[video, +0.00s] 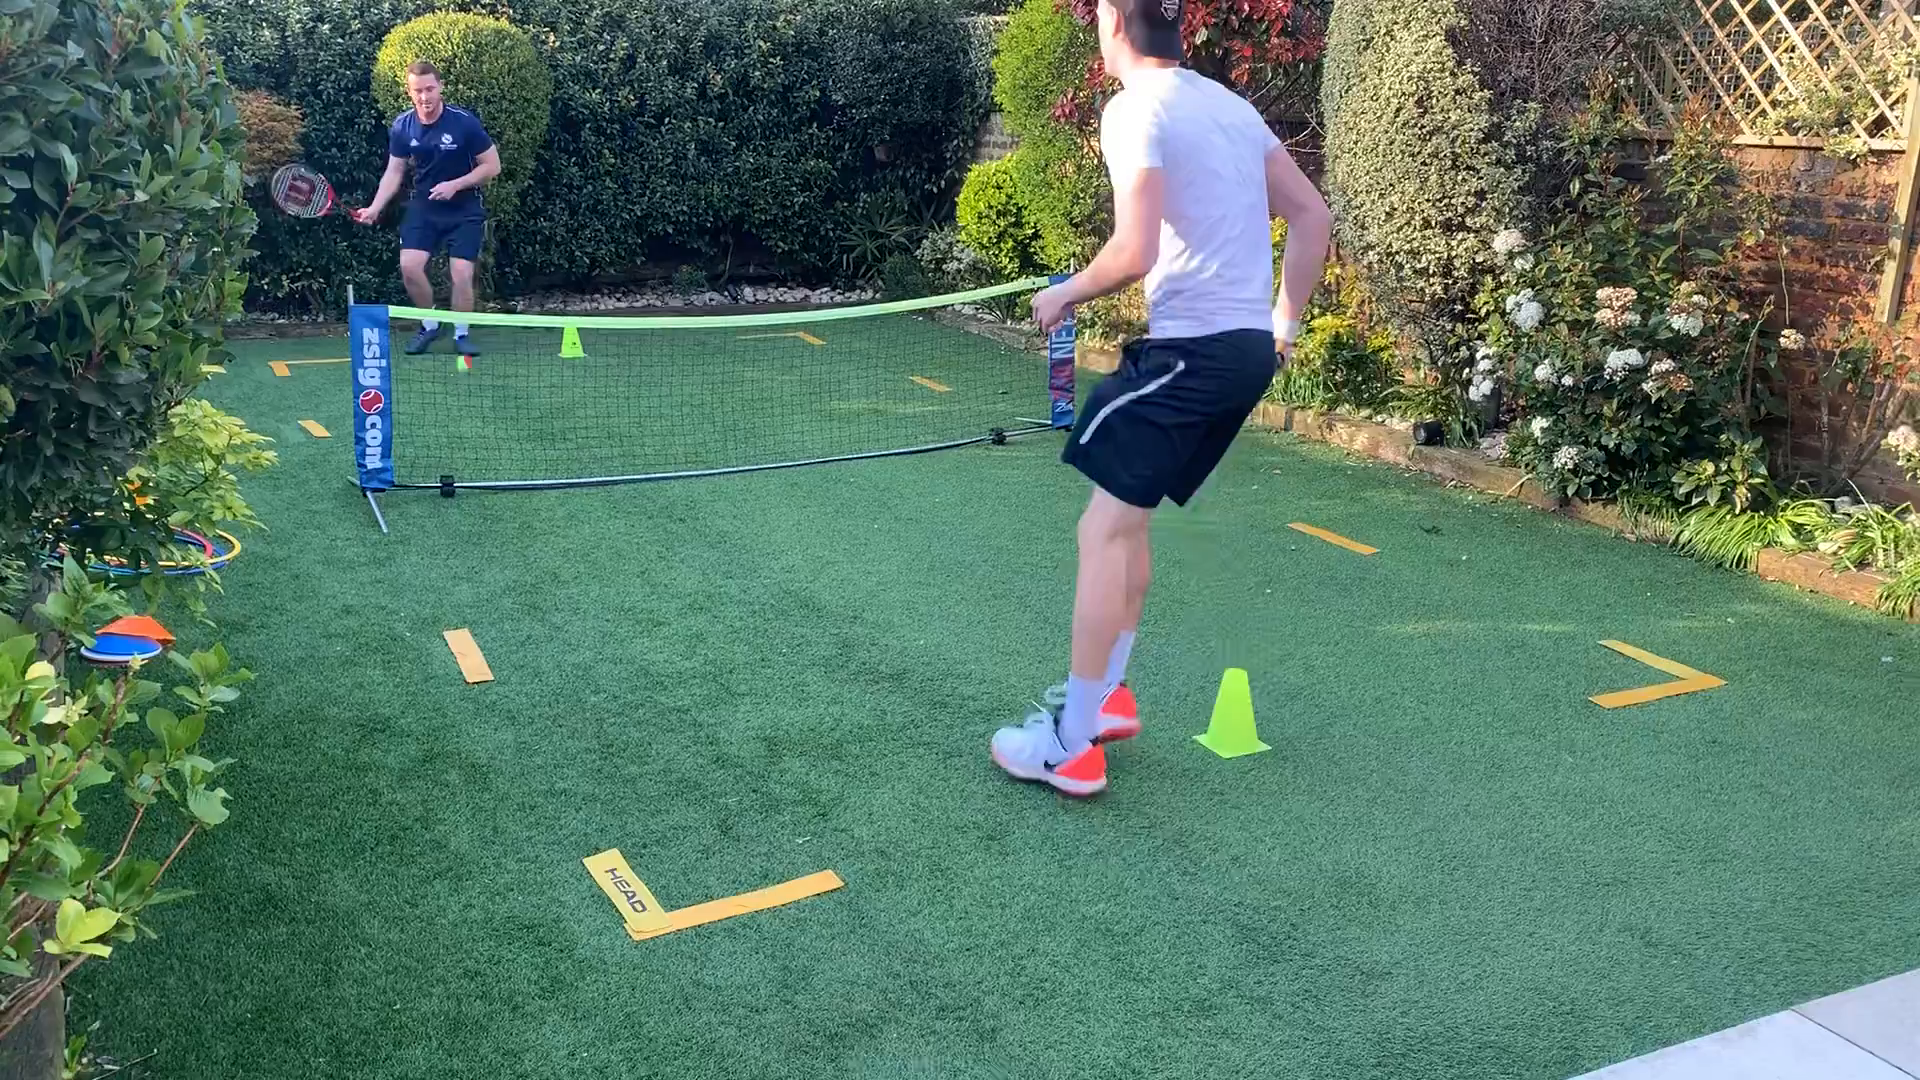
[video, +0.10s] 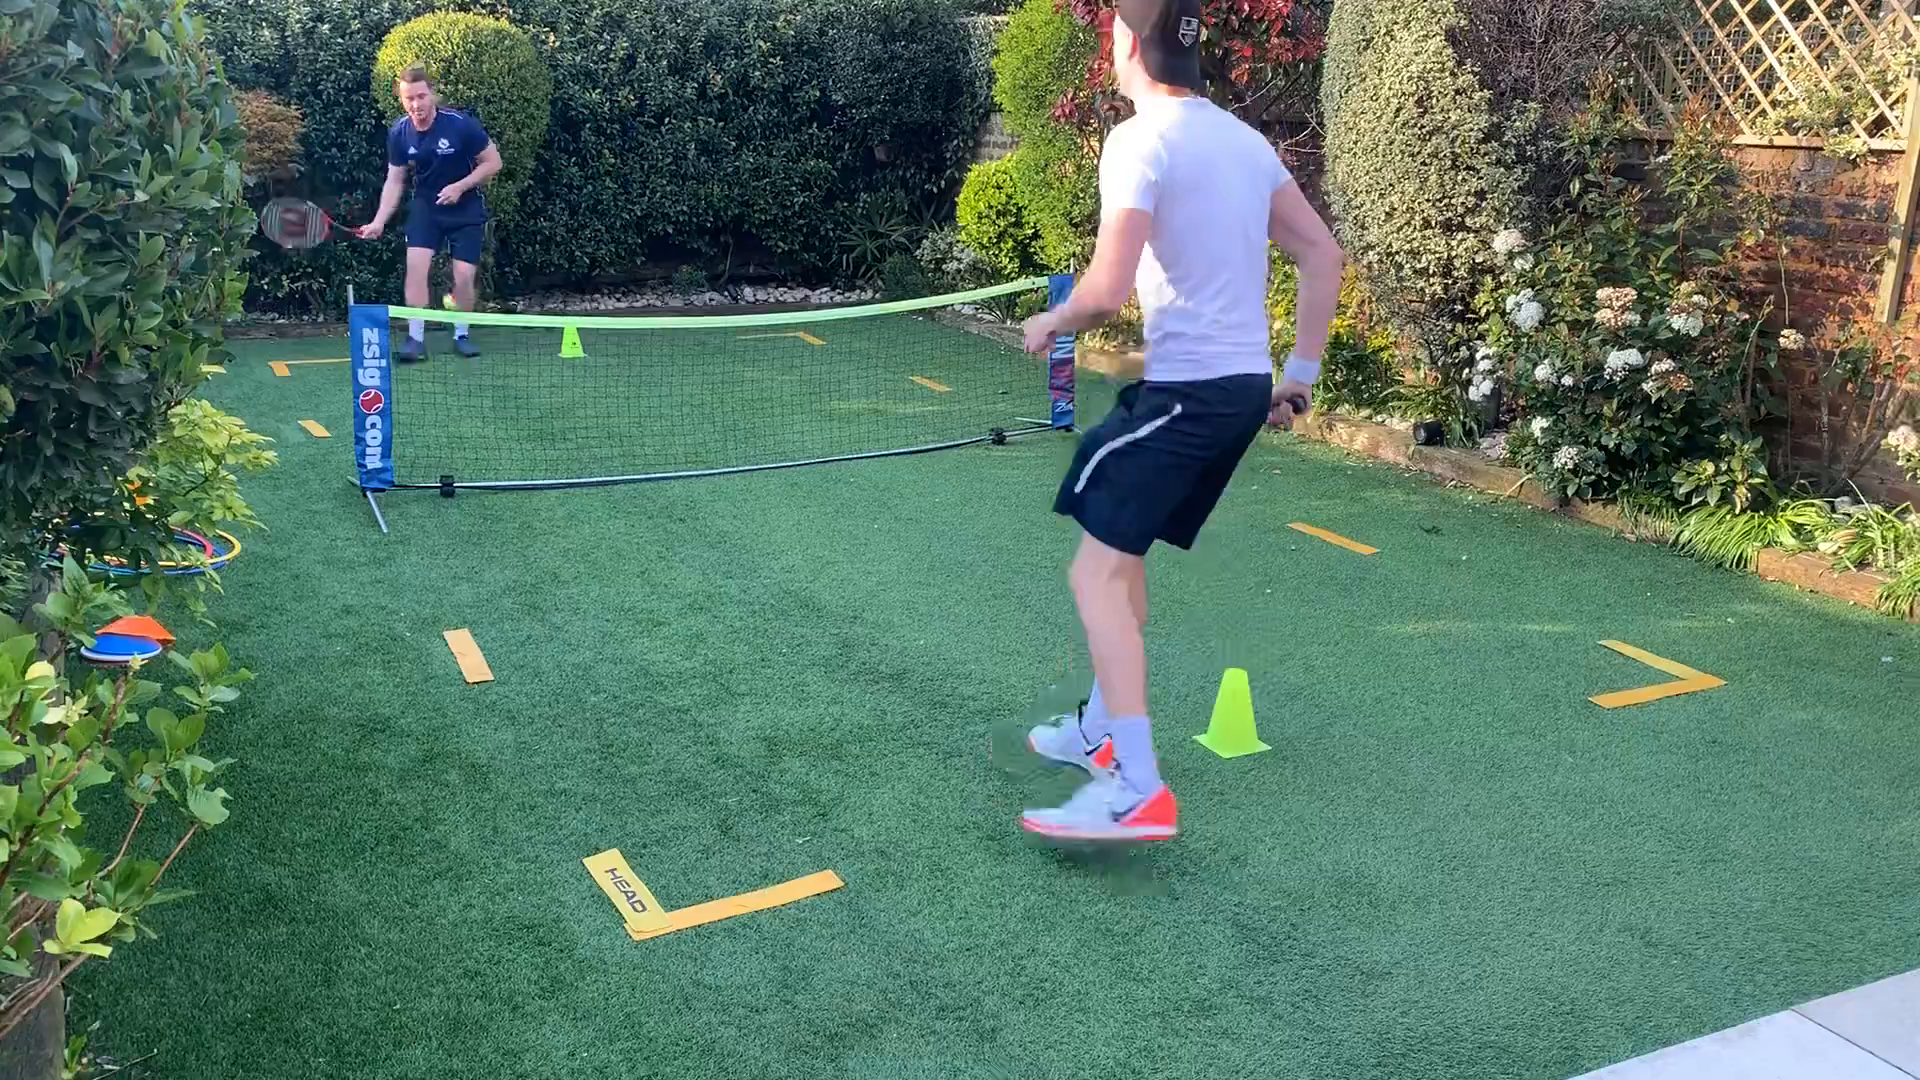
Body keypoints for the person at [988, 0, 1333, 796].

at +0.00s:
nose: (1095, 36)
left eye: (1096, 23)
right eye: (1097, 24)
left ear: (1110, 24)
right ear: (1177, 28)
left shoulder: (1136, 107)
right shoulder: (1235, 108)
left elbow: (1134, 250)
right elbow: (1311, 214)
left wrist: (1064, 293)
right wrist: (1287, 315)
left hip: (1191, 345)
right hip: (1245, 345)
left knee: (1102, 527)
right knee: (1127, 515)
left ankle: (1073, 740)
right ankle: (1108, 689)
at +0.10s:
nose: (1107, 56)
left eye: (1110, 38)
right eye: (1111, 38)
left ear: (1127, 47)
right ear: (1193, 46)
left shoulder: (1139, 141)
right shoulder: (1245, 140)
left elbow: (1108, 289)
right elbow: (1322, 255)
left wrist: (1054, 321)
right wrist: (1301, 370)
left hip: (1183, 389)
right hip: (1240, 389)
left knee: (1095, 572)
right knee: (1125, 552)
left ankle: (1136, 785)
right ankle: (1103, 721)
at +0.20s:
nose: (1130, 50)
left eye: (1134, 35)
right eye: (1136, 35)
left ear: (1149, 44)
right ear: (1218, 44)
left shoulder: (1143, 141)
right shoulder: (1277, 144)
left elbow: (1104, 291)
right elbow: (1349, 258)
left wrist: (1066, 343)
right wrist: (1323, 379)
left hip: (1208, 393)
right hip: (1269, 392)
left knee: (1140, 600)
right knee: (1143, 559)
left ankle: (1226, 797)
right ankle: (1104, 728)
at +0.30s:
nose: (1154, 59)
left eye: (1158, 43)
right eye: (1160, 43)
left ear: (1173, 53)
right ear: (1242, 55)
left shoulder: (1158, 154)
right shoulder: (1311, 155)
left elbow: (1111, 318)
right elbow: (1388, 276)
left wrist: (1103, 363)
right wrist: (1343, 389)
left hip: (1245, 405)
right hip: (1317, 404)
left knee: (1212, 636)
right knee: (1195, 576)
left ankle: (1269, 873)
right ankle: (1133, 726)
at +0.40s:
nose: (1185, 79)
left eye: (1189, 66)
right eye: (1191, 64)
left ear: (1205, 79)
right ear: (1276, 83)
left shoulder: (1187, 182)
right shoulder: (1342, 175)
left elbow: (1145, 353)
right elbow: (1416, 313)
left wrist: (1145, 393)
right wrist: (1372, 400)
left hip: (1288, 436)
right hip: (1366, 430)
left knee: (1223, 663)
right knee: (1227, 545)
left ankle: (1279, 894)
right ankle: (1237, 756)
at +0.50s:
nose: (1225, 76)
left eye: (1228, 61)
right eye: (1230, 60)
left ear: (1245, 73)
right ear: (1316, 74)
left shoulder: (1229, 181)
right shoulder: (1379, 174)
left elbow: (1211, 341)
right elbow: (1447, 319)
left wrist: (1198, 402)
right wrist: (1390, 402)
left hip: (1321, 442)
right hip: (1406, 435)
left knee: (1232, 654)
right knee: (1307, 579)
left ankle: (1277, 892)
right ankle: (1385, 773)